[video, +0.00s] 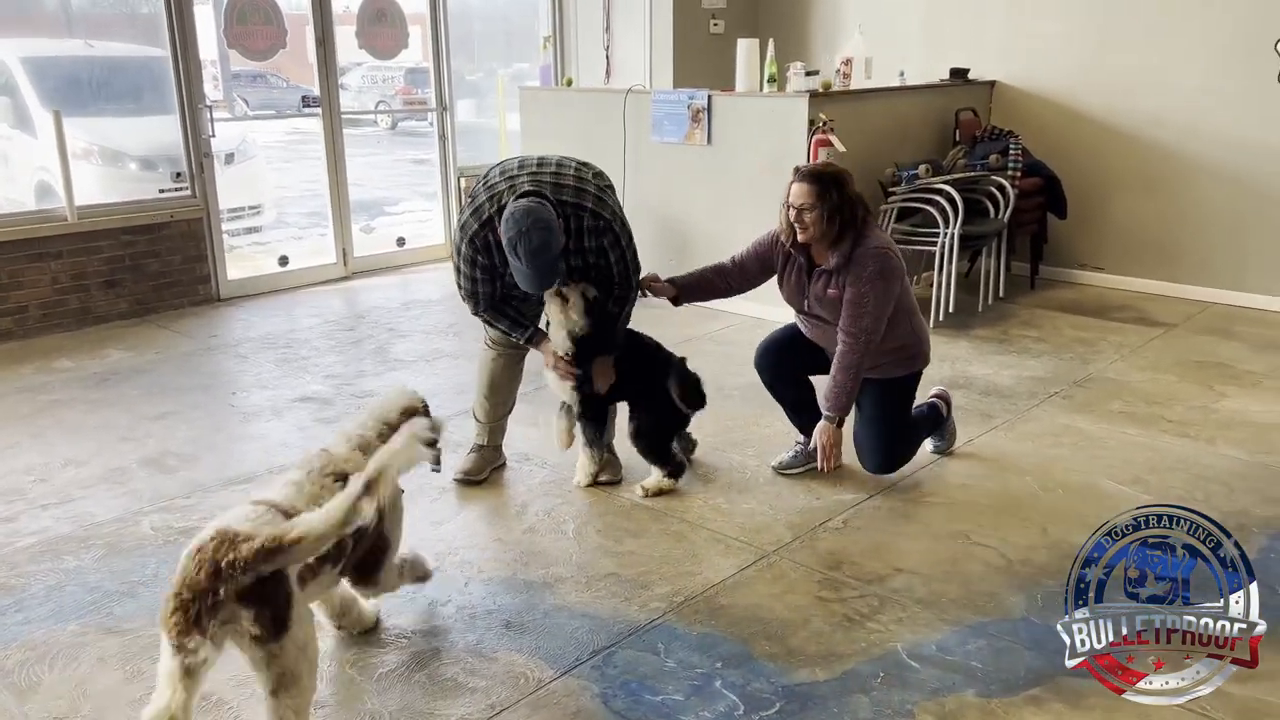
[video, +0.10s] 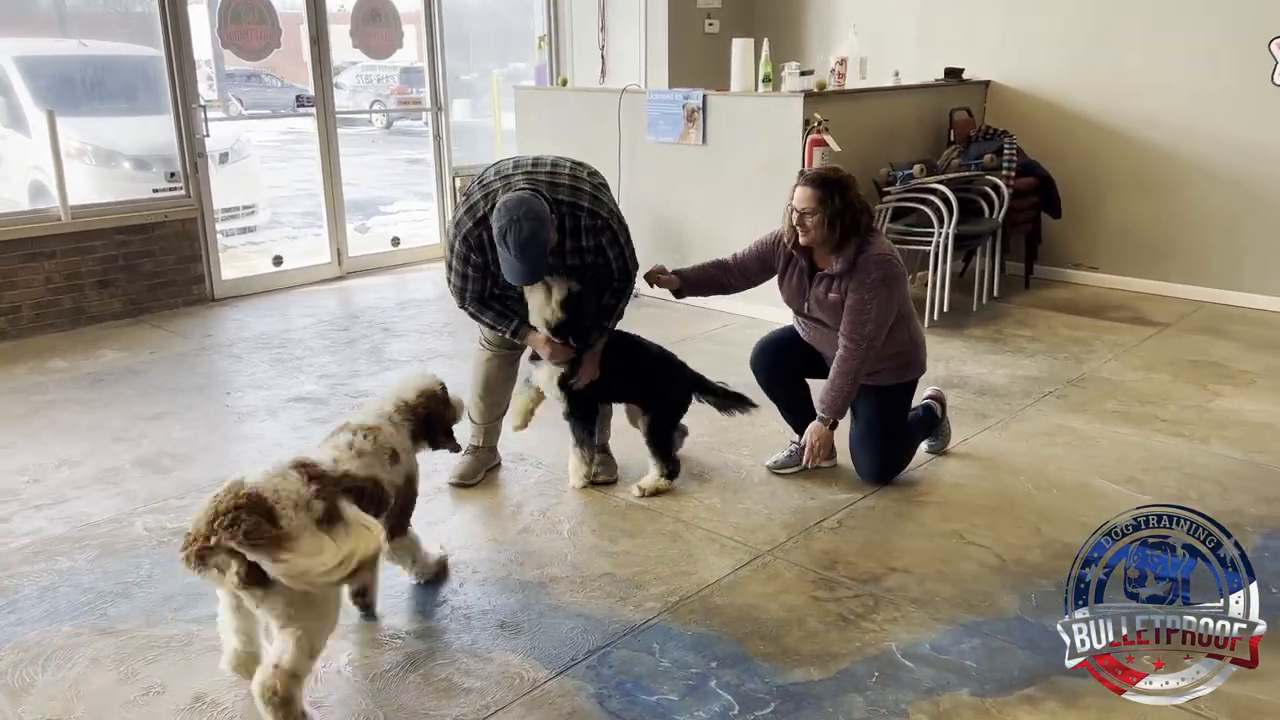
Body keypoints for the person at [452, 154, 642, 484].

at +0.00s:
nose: (545, 289)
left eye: (551, 278)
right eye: (533, 284)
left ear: (561, 231)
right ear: (503, 241)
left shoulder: (596, 214)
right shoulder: (475, 230)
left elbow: (625, 283)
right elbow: (482, 303)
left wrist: (605, 355)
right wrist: (542, 344)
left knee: (595, 343)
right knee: (501, 342)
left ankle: (601, 449)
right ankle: (486, 447)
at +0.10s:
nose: (528, 281)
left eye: (537, 272)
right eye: (519, 276)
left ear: (554, 229)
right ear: (494, 233)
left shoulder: (592, 211)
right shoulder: (469, 225)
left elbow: (624, 276)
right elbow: (469, 296)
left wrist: (594, 348)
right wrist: (530, 337)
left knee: (589, 344)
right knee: (497, 343)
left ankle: (596, 449)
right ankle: (481, 448)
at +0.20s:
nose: (523, 273)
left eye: (532, 259)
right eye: (512, 267)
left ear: (547, 221)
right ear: (487, 224)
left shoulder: (586, 210)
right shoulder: (463, 219)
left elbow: (613, 292)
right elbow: (462, 290)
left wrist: (594, 365)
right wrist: (524, 328)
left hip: (570, 259)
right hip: (498, 267)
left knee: (579, 346)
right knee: (491, 346)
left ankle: (589, 447)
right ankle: (476, 447)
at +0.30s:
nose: (522, 268)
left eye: (531, 252)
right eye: (511, 260)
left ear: (545, 219)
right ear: (485, 223)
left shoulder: (582, 214)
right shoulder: (459, 218)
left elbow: (598, 301)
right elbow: (453, 283)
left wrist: (582, 379)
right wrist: (521, 317)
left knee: (562, 343)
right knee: (486, 341)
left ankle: (582, 446)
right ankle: (472, 447)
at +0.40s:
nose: (519, 275)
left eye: (528, 265)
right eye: (508, 269)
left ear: (543, 224)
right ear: (483, 227)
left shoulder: (580, 215)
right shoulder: (456, 219)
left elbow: (597, 298)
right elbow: (450, 287)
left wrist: (573, 368)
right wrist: (515, 313)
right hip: (488, 273)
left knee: (568, 351)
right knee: (480, 352)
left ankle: (581, 447)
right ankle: (467, 448)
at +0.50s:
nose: (512, 255)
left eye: (521, 247)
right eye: (503, 249)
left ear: (540, 216)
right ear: (482, 212)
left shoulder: (576, 209)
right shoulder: (454, 208)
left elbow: (599, 290)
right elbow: (432, 275)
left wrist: (549, 342)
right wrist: (501, 307)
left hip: (556, 262)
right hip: (482, 264)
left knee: (562, 349)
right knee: (477, 343)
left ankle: (577, 445)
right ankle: (463, 446)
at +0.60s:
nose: (504, 244)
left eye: (515, 235)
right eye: (494, 237)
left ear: (536, 205)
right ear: (480, 197)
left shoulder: (573, 202)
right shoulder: (446, 193)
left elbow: (592, 287)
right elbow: (415, 250)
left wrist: (533, 328)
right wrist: (466, 291)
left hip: (549, 278)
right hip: (476, 277)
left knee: (560, 354)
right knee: (467, 353)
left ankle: (573, 444)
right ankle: (459, 447)